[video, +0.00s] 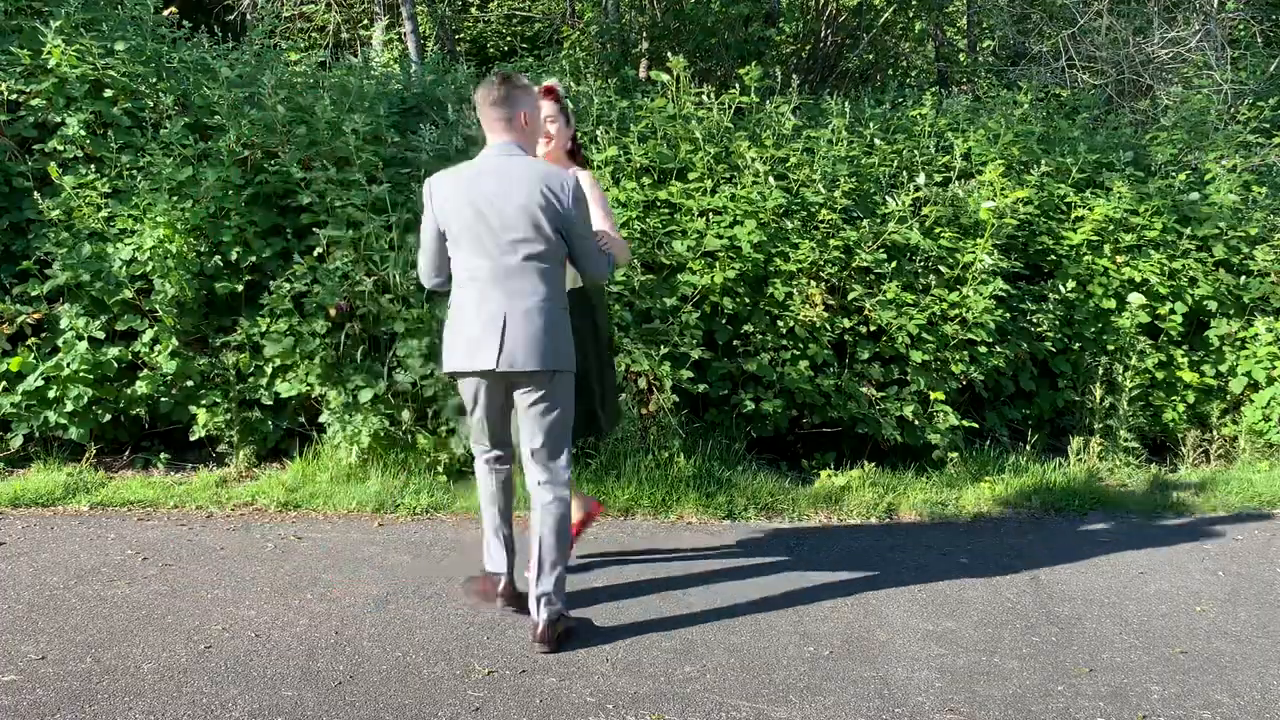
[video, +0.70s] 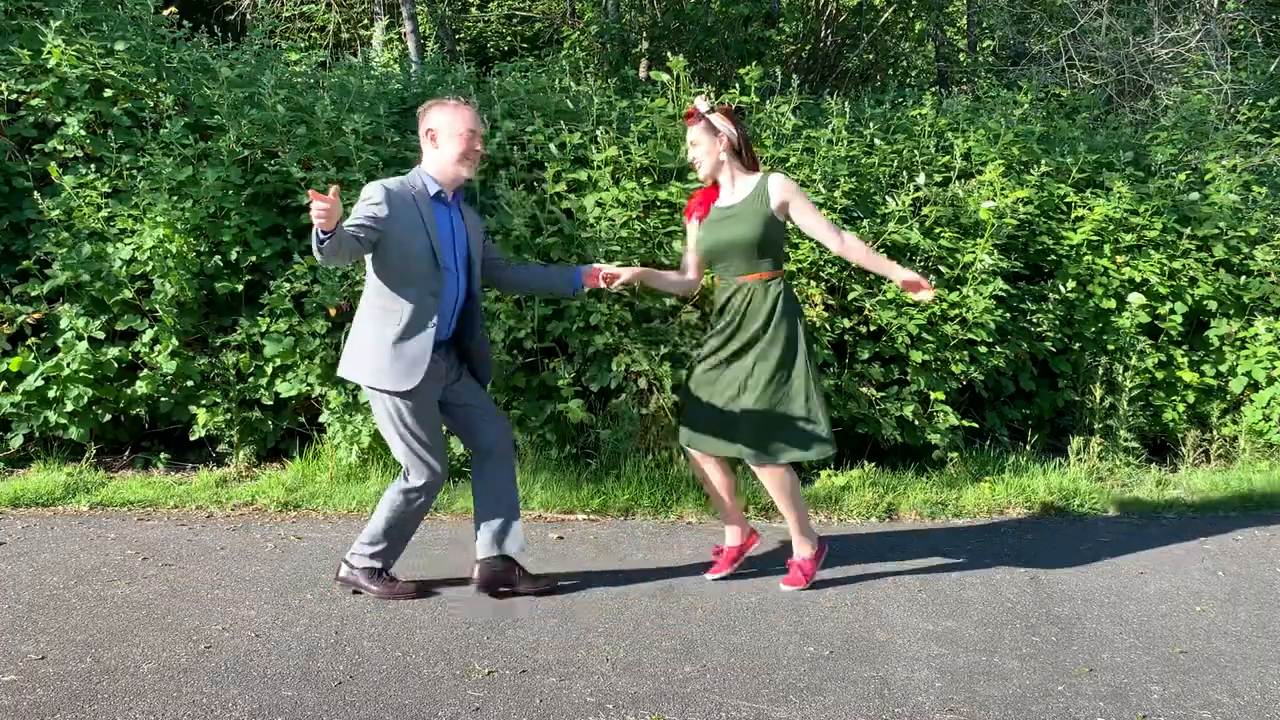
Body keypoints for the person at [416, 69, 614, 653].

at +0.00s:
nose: (543, 128)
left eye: (539, 120)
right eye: (539, 120)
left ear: (481, 122)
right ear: (532, 123)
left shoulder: (442, 186)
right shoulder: (558, 182)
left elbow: (432, 276)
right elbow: (595, 270)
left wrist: (477, 261)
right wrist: (604, 249)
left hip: (472, 343)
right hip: (542, 344)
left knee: (490, 458)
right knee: (548, 469)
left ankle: (500, 574)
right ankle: (547, 609)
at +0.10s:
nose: (540, 127)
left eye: (538, 117)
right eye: (536, 117)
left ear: (481, 124)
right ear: (513, 119)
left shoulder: (438, 190)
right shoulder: (537, 183)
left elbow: (439, 275)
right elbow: (581, 269)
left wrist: (498, 276)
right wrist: (618, 268)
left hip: (460, 345)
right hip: (526, 346)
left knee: (501, 457)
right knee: (544, 474)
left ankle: (494, 575)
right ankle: (547, 615)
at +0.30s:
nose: (527, 127)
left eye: (524, 116)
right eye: (519, 116)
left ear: (475, 128)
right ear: (489, 124)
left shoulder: (441, 185)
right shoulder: (485, 184)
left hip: (443, 356)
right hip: (480, 359)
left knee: (503, 463)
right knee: (523, 470)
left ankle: (495, 577)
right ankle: (518, 600)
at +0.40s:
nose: (514, 129)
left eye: (511, 119)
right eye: (505, 119)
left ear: (471, 129)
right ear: (474, 127)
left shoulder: (476, 189)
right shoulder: (456, 185)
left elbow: (501, 262)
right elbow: (462, 254)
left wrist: (557, 267)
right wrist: (532, 222)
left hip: (468, 354)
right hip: (451, 355)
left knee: (509, 456)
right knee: (507, 455)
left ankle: (497, 575)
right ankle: (445, 573)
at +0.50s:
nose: (504, 136)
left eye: (501, 125)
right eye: (493, 126)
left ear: (462, 135)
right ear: (457, 133)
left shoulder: (469, 196)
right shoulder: (432, 190)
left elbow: (496, 277)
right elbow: (414, 250)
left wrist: (560, 280)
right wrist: (459, 216)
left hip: (460, 358)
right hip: (434, 360)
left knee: (504, 455)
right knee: (480, 463)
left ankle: (501, 577)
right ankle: (385, 553)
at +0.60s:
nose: (489, 143)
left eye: (489, 134)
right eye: (480, 134)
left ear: (458, 139)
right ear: (442, 138)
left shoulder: (462, 206)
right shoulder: (412, 197)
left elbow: (495, 277)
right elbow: (372, 257)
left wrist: (573, 283)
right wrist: (385, 228)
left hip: (454, 363)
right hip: (414, 364)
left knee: (499, 450)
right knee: (436, 475)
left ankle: (499, 573)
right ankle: (363, 560)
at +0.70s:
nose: (479, 146)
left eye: (481, 138)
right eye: (468, 136)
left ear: (482, 145)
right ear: (430, 139)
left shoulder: (466, 218)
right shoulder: (388, 196)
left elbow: (503, 274)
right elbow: (344, 249)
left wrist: (580, 277)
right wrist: (329, 229)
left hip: (443, 360)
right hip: (391, 362)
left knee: (494, 437)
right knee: (426, 469)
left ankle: (495, 563)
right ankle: (362, 565)